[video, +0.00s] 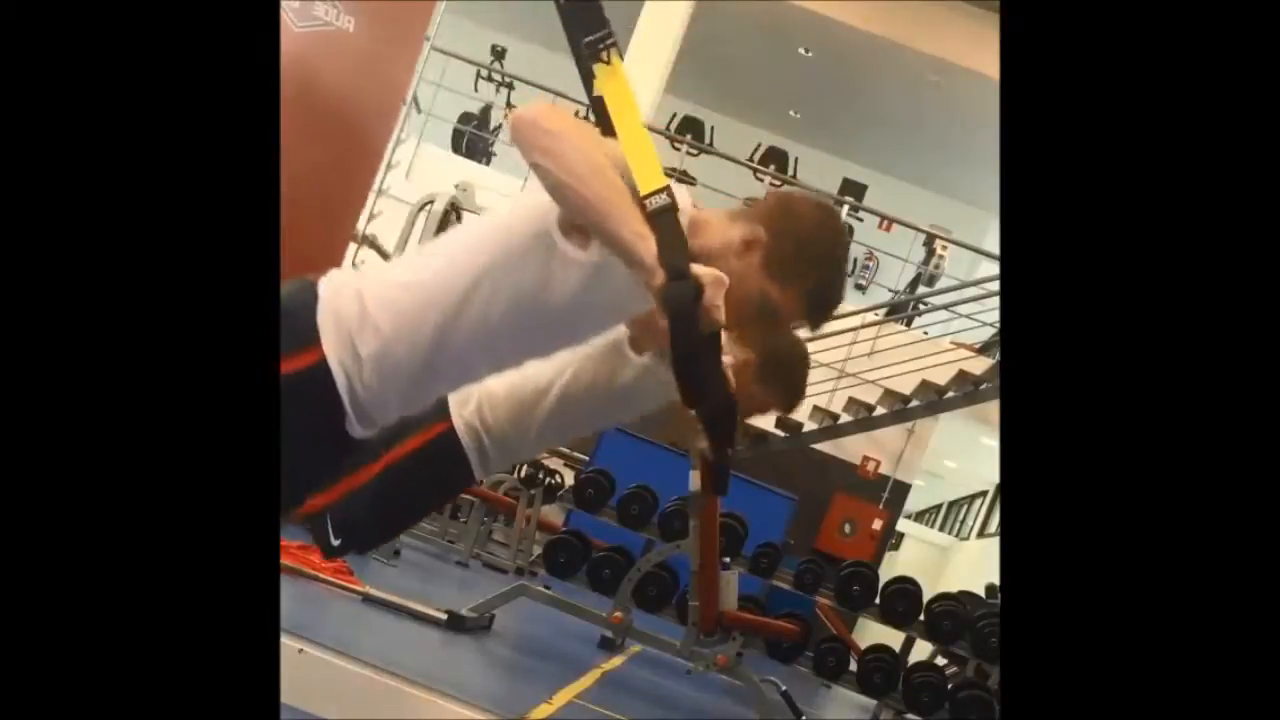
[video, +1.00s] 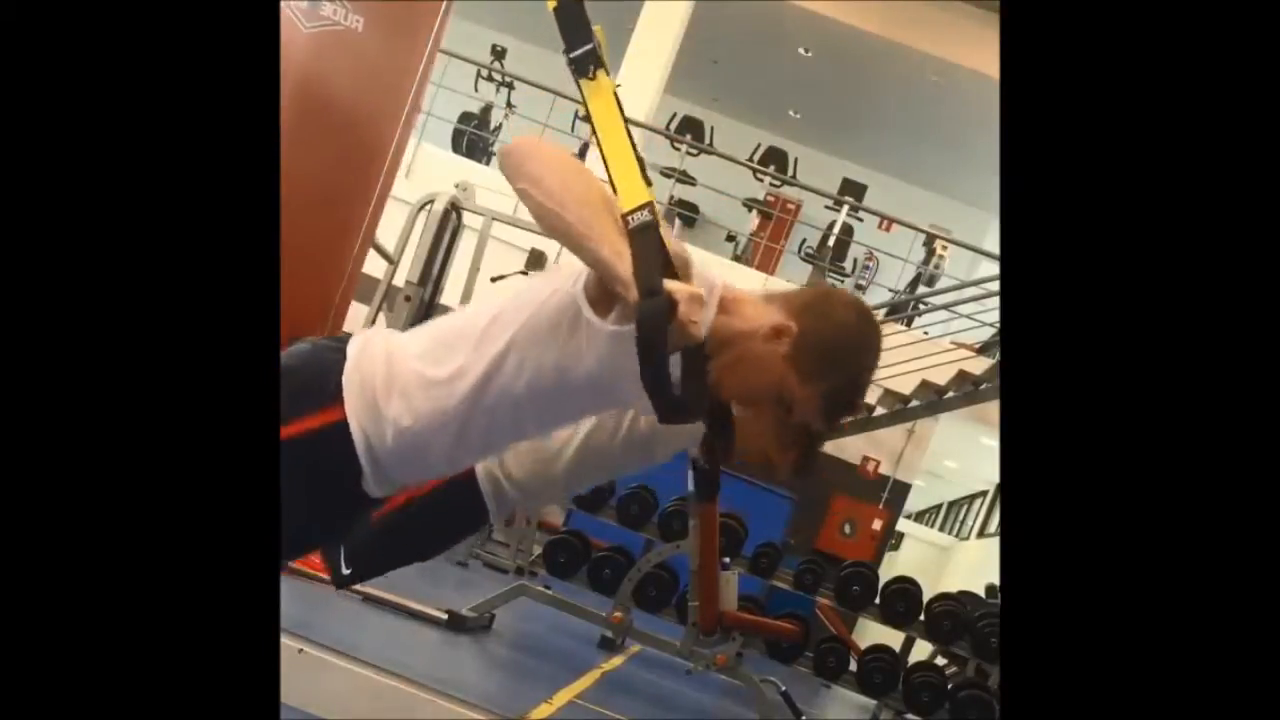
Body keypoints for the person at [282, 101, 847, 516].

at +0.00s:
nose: (735, 314)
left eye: (754, 317)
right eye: (754, 298)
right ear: (753, 239)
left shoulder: (663, 284)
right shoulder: (646, 197)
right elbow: (534, 123)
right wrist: (661, 266)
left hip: (360, 419)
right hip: (320, 355)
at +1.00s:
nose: (767, 418)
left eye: (789, 415)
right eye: (783, 398)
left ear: (779, 332)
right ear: (776, 330)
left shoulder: (699, 375)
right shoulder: (665, 269)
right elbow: (525, 154)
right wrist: (634, 280)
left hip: (368, 469)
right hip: (332, 419)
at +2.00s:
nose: (668, 119)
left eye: (685, 113)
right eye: (681, 96)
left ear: (654, 20)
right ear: (657, 19)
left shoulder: (568, 92)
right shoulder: (525, 16)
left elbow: (608, 223)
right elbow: (525, 137)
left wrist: (665, 366)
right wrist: (608, 296)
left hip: (322, 305)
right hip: (288, 252)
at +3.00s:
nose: (746, 373)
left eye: (765, 372)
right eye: (764, 358)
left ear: (762, 293)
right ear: (763, 295)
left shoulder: (676, 325)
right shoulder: (659, 235)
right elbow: (537, 119)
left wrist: (679, 393)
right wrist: (641, 269)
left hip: (370, 450)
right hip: (330, 392)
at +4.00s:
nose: (748, 347)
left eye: (766, 349)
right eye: (764, 332)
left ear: (765, 257)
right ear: (766, 263)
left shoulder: (682, 312)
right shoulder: (667, 219)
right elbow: (526, 129)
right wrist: (644, 278)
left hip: (375, 432)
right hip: (337, 381)